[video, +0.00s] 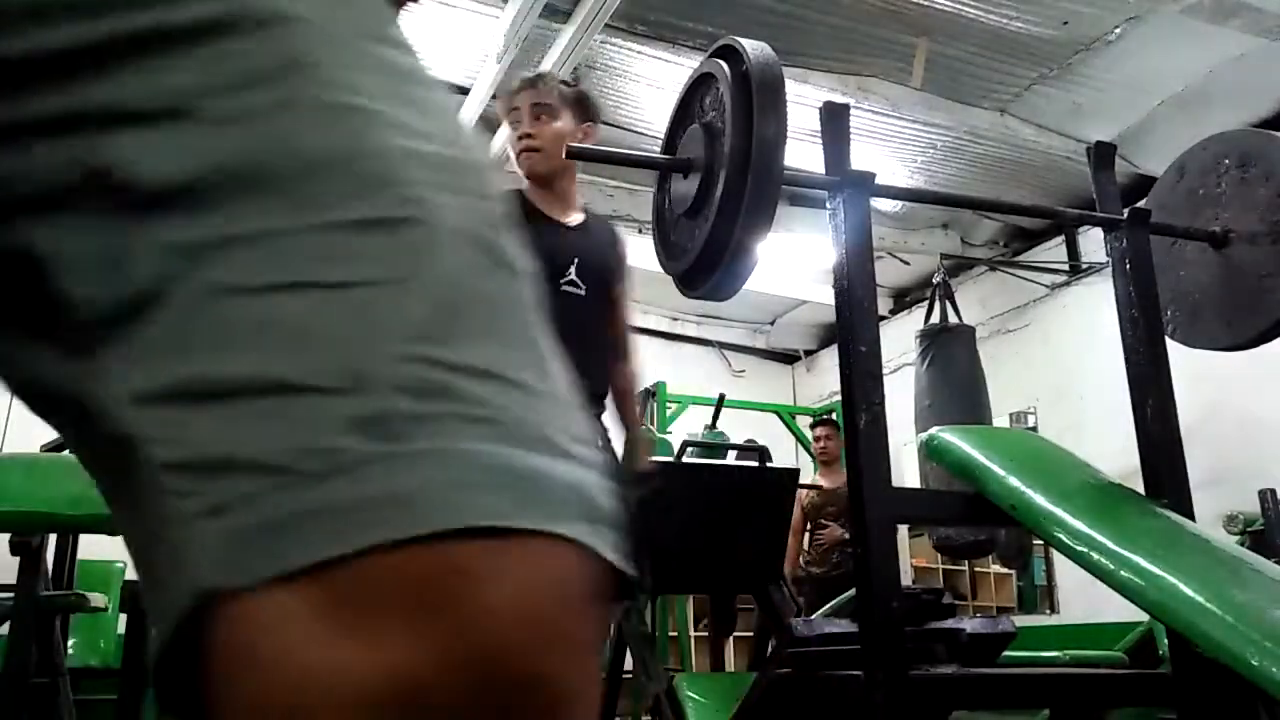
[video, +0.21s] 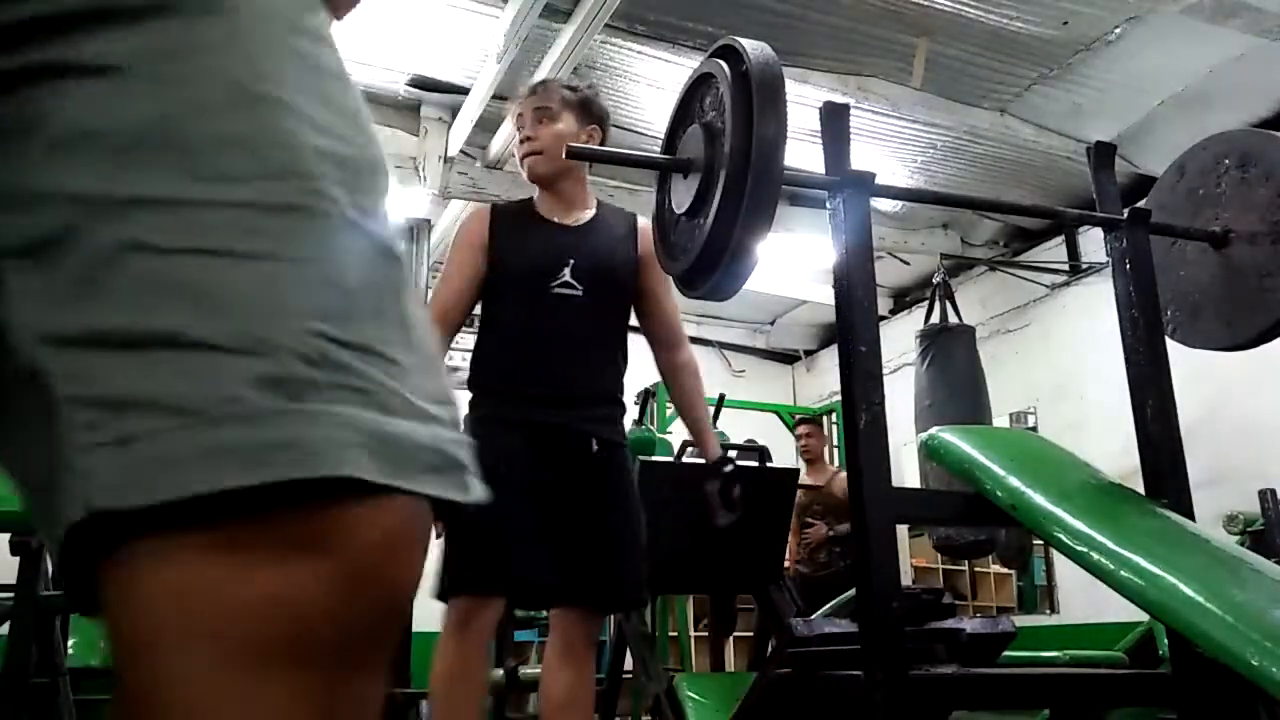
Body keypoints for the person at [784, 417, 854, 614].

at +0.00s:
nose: (822, 445)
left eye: (829, 438)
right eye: (816, 440)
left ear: (842, 443)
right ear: (811, 445)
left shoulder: (854, 482)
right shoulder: (806, 488)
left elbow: (872, 523)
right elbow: (795, 534)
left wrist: (845, 533)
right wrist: (789, 573)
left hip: (850, 569)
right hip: (814, 571)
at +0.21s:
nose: (803, 443)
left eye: (809, 436)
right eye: (798, 438)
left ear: (824, 439)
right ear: (796, 444)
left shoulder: (842, 481)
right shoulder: (798, 484)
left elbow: (860, 522)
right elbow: (793, 528)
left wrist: (829, 532)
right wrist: (791, 561)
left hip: (838, 570)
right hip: (804, 570)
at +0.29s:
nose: (793, 444)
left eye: (799, 437)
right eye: (789, 439)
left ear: (814, 440)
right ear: (786, 444)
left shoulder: (836, 480)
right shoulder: (789, 481)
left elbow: (856, 520)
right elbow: (787, 526)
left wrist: (820, 534)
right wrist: (786, 558)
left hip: (832, 571)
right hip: (796, 571)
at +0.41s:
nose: (779, 442)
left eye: (785, 434)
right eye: (775, 437)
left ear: (802, 437)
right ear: (772, 442)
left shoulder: (827, 478)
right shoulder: (777, 480)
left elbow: (841, 523)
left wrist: (808, 550)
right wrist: (781, 552)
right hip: (781, 567)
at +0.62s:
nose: (764, 438)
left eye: (769, 431)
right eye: (758, 434)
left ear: (783, 435)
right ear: (755, 439)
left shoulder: (807, 476)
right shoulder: (754, 481)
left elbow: (825, 519)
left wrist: (829, 564)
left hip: (804, 566)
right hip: (768, 566)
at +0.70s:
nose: (759, 437)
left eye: (765, 431)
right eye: (753, 433)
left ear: (777, 435)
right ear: (748, 440)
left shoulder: (801, 475)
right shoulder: (745, 483)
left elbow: (829, 511)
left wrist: (835, 561)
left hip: (803, 570)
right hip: (764, 571)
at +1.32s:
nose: (776, 435)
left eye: (780, 429)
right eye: (768, 429)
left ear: (785, 432)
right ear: (750, 432)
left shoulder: (797, 473)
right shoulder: (737, 474)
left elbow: (823, 514)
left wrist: (840, 563)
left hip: (804, 569)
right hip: (760, 570)